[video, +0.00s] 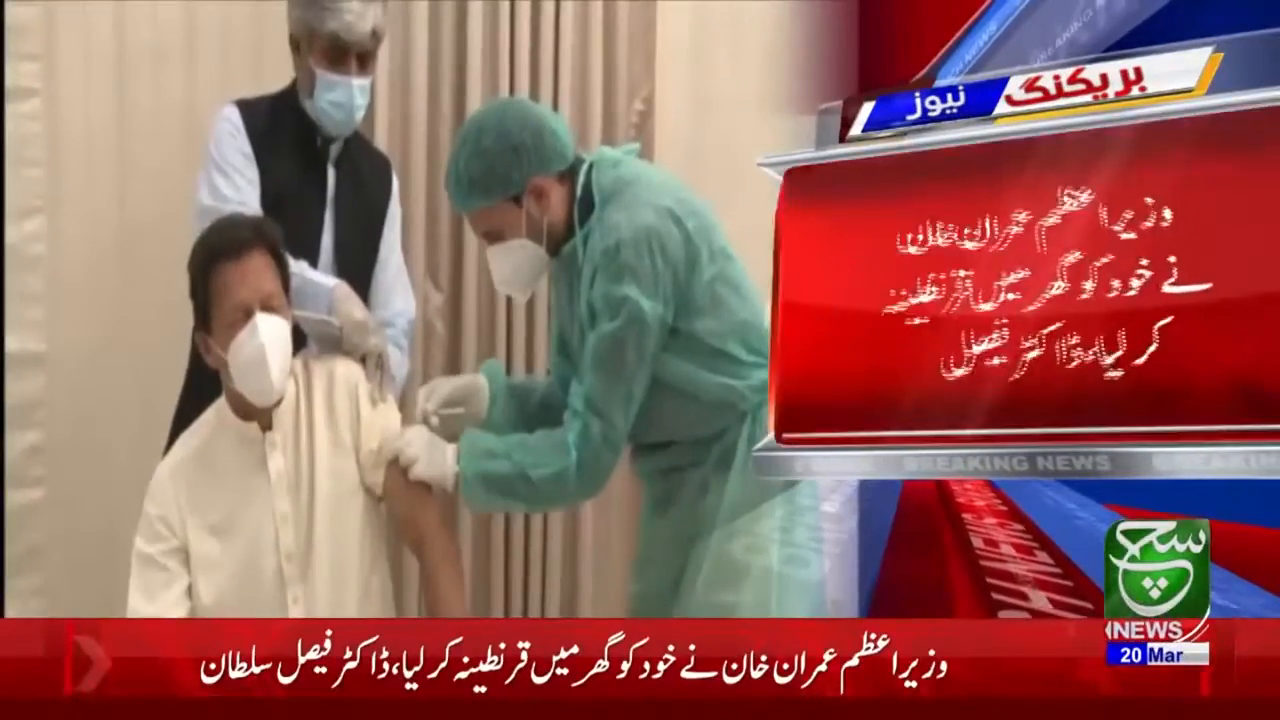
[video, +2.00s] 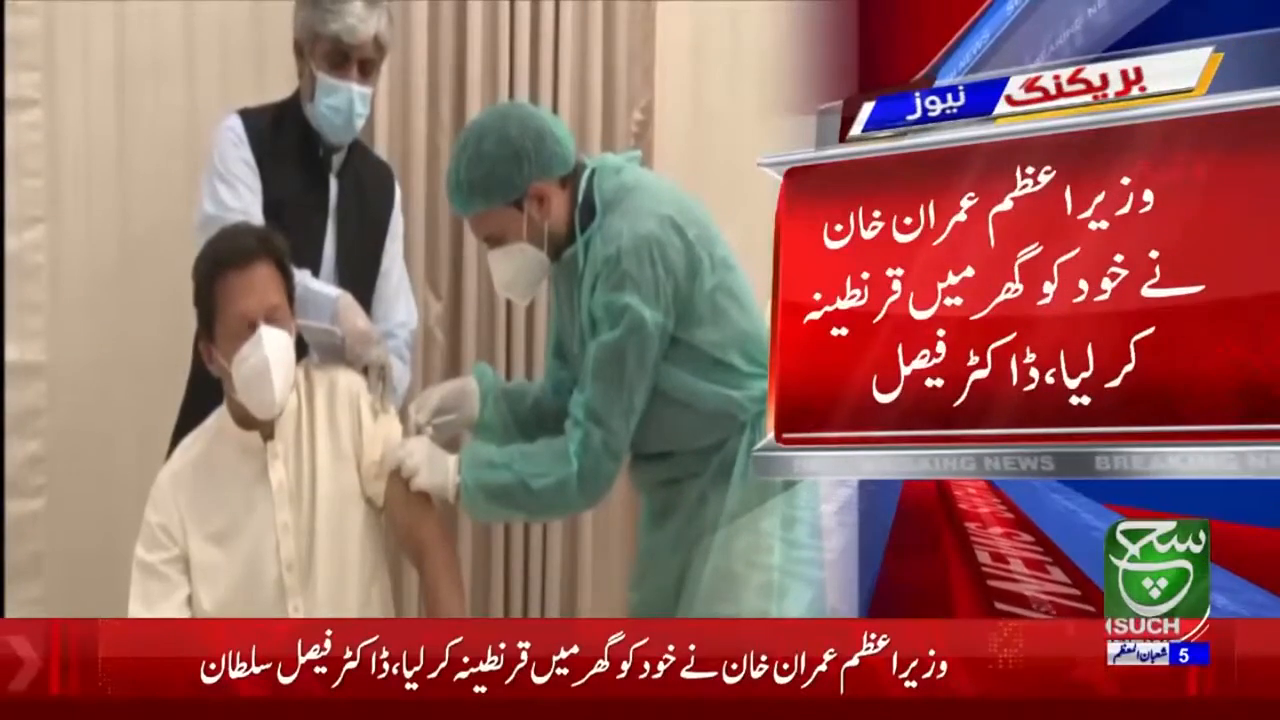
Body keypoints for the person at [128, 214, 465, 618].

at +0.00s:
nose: (263, 329)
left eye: (272, 309)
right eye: (242, 318)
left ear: (291, 312)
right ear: (210, 349)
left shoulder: (343, 390)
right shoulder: (178, 480)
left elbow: (430, 535)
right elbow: (158, 638)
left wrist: (454, 646)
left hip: (363, 670)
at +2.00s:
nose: (267, 341)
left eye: (275, 320)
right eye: (246, 330)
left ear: (294, 322)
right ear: (211, 355)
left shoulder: (344, 400)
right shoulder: (180, 485)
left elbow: (428, 540)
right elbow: (158, 637)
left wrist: (452, 648)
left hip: (363, 674)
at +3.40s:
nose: (295, 397)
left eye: (300, 375)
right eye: (274, 386)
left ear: (311, 361)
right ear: (225, 396)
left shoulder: (348, 424)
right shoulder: (185, 499)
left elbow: (428, 559)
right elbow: (156, 645)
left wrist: (458, 662)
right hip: (242, 692)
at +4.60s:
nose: (299, 371)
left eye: (298, 350)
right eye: (274, 364)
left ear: (308, 347)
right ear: (227, 401)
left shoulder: (348, 424)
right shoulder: (186, 500)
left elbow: (431, 560)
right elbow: (156, 649)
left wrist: (464, 664)